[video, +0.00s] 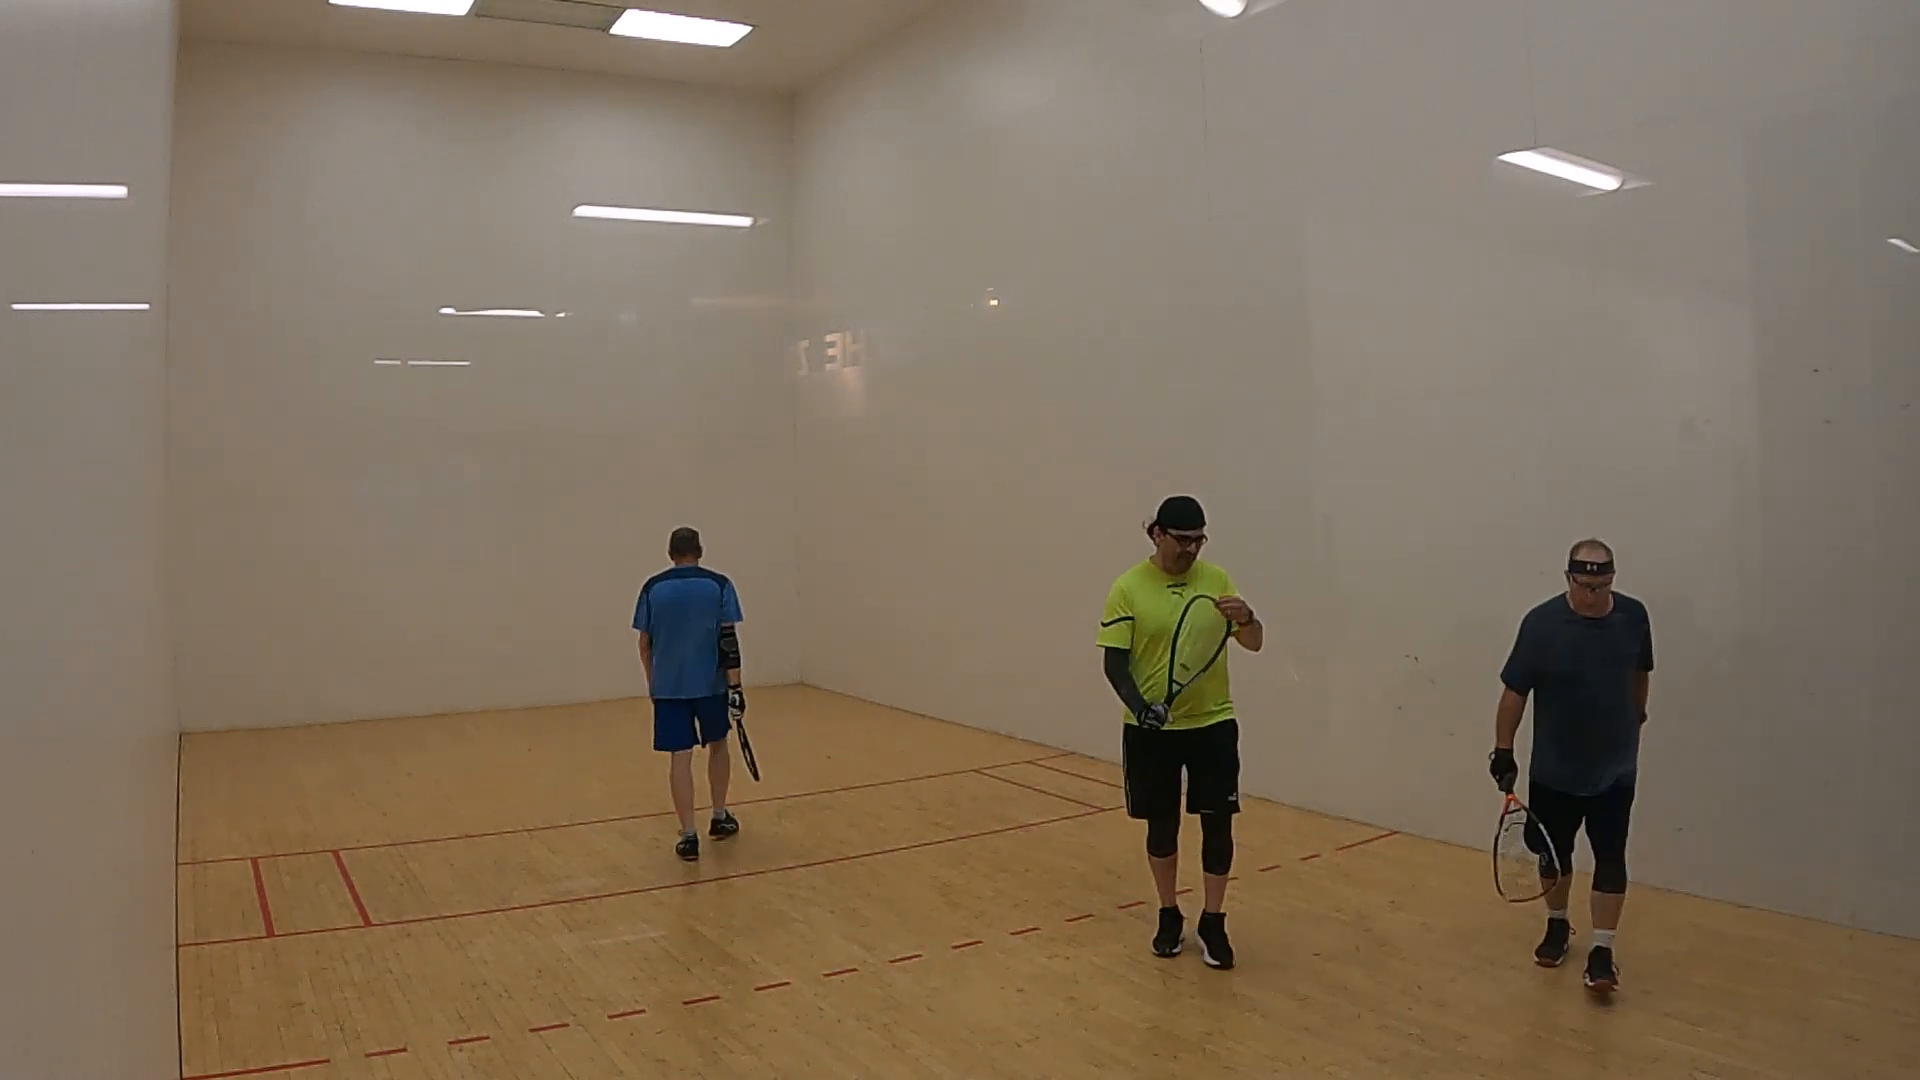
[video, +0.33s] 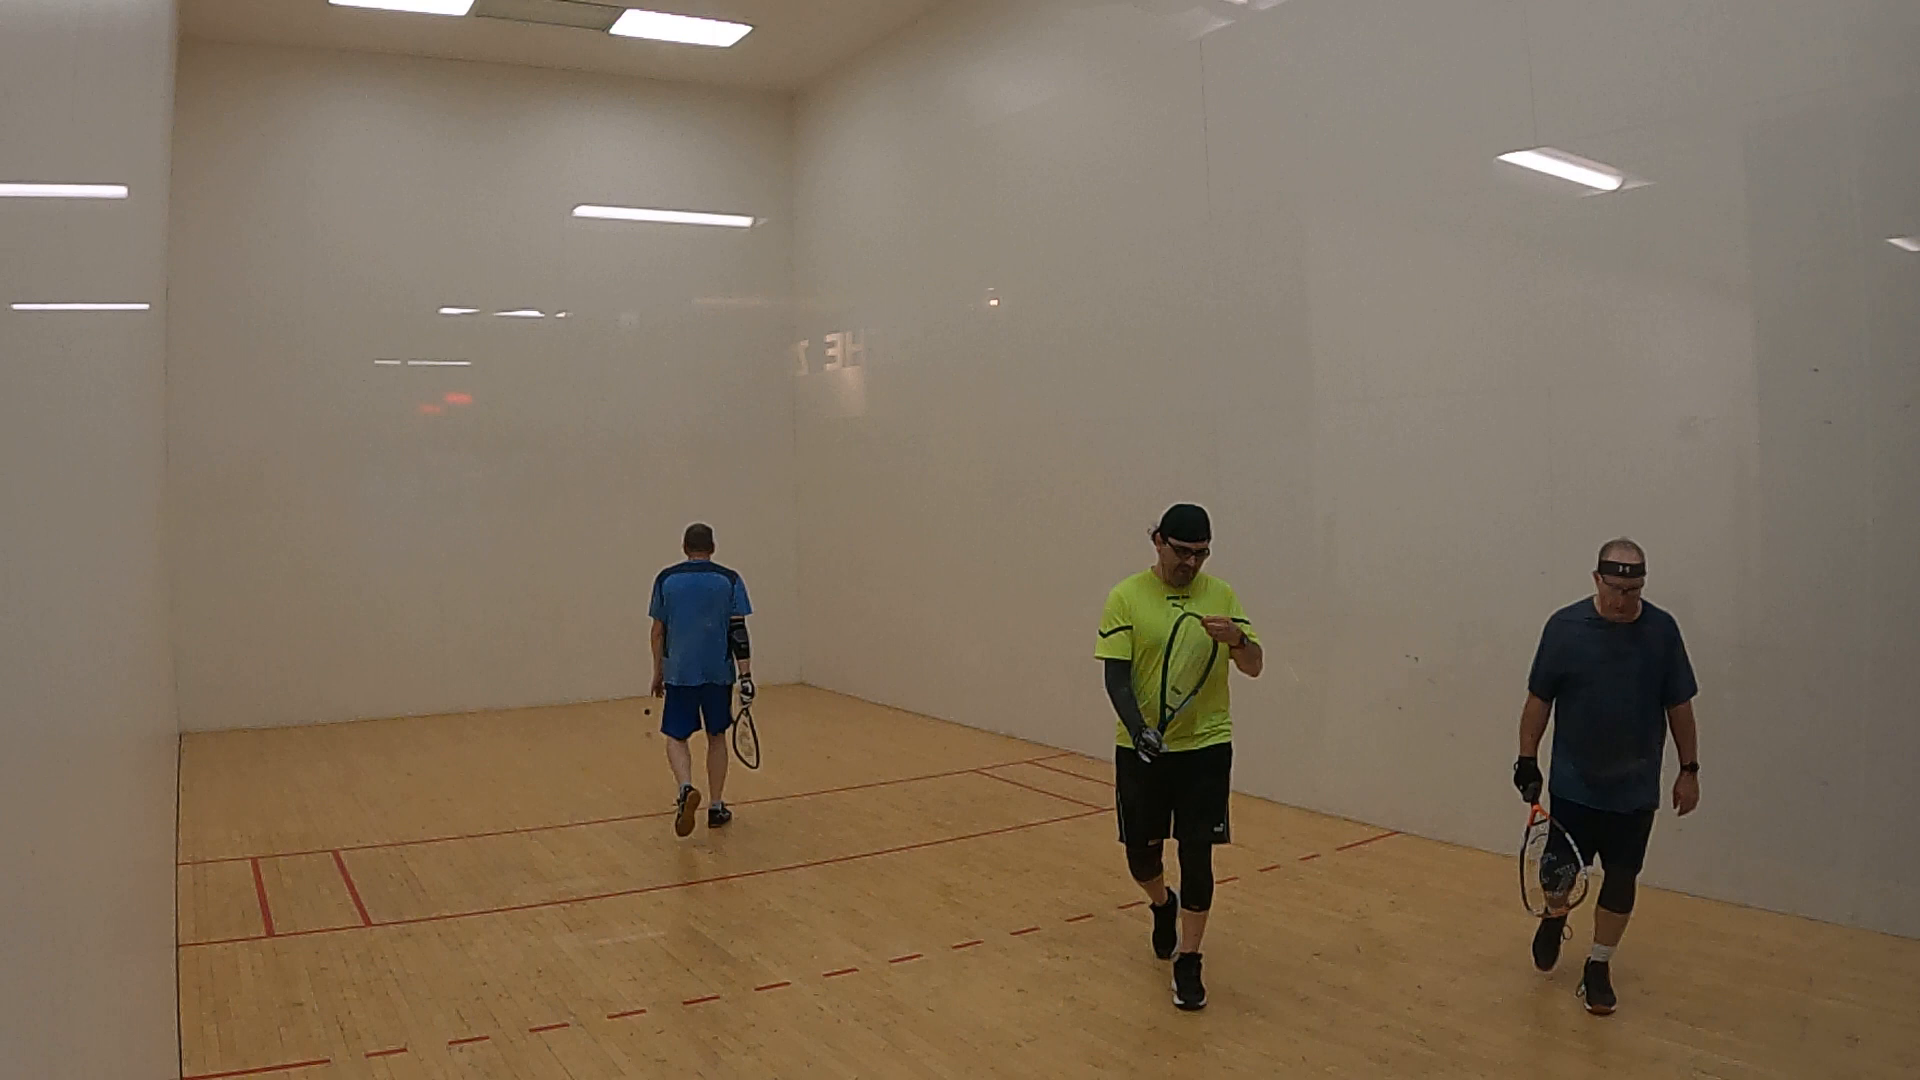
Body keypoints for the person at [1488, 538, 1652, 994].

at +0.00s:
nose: (1591, 580)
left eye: (1601, 572)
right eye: (1582, 572)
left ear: (1613, 576)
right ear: (1568, 575)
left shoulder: (1633, 617)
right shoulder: (1540, 624)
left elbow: (1639, 673)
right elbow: (1514, 690)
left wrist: (1638, 713)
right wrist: (1503, 750)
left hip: (1615, 762)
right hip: (1555, 763)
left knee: (1610, 857)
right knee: (1552, 851)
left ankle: (1602, 952)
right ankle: (1557, 926)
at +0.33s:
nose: (1626, 592)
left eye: (1634, 584)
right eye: (1616, 583)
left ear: (1644, 582)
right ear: (1598, 579)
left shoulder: (1661, 631)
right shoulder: (1564, 627)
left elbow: (1679, 704)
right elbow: (1539, 698)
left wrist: (1689, 769)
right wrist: (1527, 760)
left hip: (1635, 784)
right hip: (1574, 777)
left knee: (1620, 881)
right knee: (1559, 872)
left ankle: (1598, 967)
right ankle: (1555, 918)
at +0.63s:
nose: (1648, 599)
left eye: (1657, 590)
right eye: (1639, 590)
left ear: (1667, 588)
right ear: (1618, 586)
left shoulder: (1681, 638)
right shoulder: (1580, 635)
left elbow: (1711, 701)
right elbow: (1550, 708)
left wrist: (1735, 752)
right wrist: (1537, 772)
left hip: (1656, 794)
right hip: (1595, 791)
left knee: (1630, 893)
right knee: (1604, 894)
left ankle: (1597, 977)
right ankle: (1605, 1003)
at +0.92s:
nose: (1662, 608)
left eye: (1671, 598)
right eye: (1651, 597)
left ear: (1682, 594)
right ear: (1629, 592)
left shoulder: (1697, 641)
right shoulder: (1593, 645)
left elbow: (1719, 719)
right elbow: (1565, 724)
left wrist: (1730, 788)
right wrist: (1554, 795)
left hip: (1678, 810)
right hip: (1612, 810)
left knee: (1678, 908)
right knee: (1611, 926)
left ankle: (1637, 958)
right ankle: (1614, 1019)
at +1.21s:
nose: (1701, 613)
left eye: (1709, 602)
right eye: (1689, 602)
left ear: (1718, 599)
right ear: (1664, 599)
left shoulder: (1725, 646)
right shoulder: (1626, 656)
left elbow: (1724, 726)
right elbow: (1594, 745)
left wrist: (1722, 800)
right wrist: (1590, 822)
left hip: (1708, 825)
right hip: (1636, 827)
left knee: (1715, 944)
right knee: (1619, 936)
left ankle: (1712, 1055)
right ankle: (1617, 1016)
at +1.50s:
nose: (1747, 615)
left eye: (1754, 604)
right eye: (1736, 604)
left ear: (1761, 602)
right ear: (1704, 600)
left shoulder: (1772, 656)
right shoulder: (1666, 660)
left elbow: (1785, 744)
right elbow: (1638, 757)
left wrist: (1792, 818)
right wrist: (1637, 837)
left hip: (1752, 839)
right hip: (1681, 839)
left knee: (1739, 962)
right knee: (1669, 953)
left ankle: (1715, 1069)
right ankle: (1630, 1005)